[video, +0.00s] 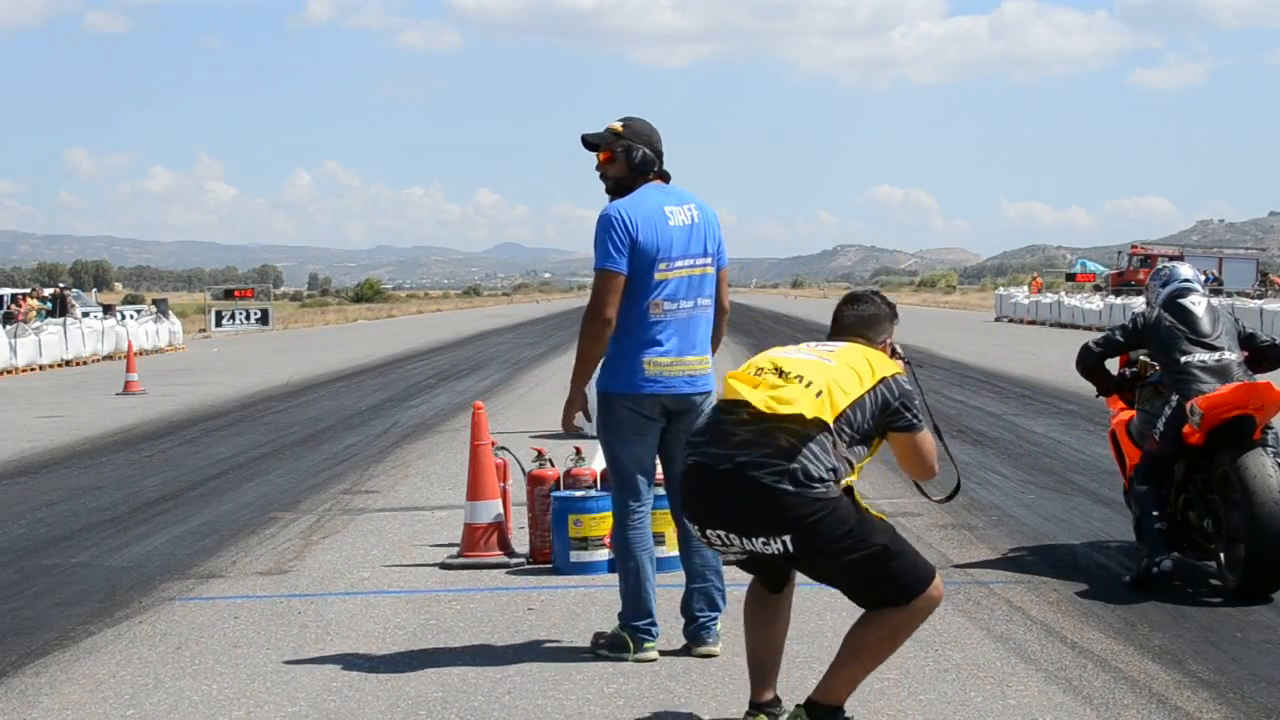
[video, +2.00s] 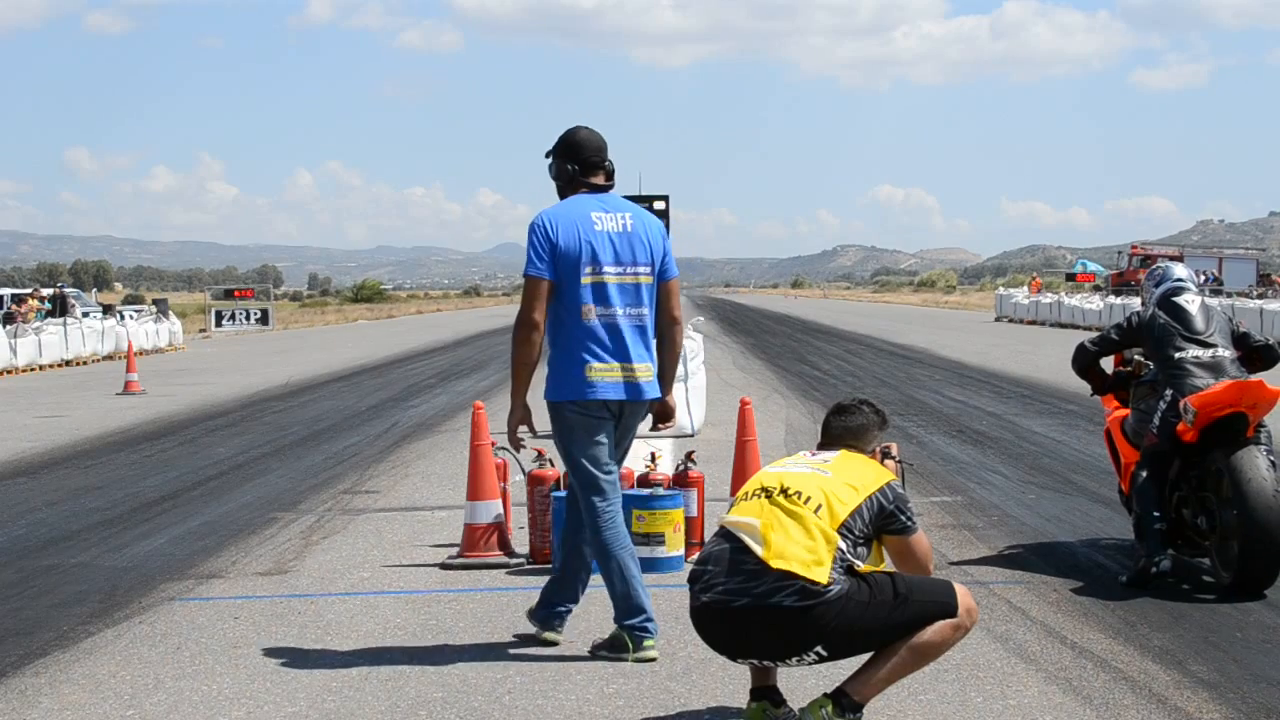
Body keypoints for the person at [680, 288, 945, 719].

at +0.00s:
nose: (892, 343)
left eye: (890, 337)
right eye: (891, 337)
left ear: (832, 333)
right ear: (884, 342)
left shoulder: (788, 352)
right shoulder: (888, 375)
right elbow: (923, 468)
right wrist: (900, 383)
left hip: (700, 483)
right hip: (786, 492)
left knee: (773, 571)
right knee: (921, 592)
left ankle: (762, 703)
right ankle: (822, 708)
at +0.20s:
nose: (896, 388)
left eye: (895, 383)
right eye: (895, 382)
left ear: (835, 377)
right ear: (887, 387)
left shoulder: (795, 395)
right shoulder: (889, 419)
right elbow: (929, 509)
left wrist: (877, 414)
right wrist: (901, 426)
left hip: (702, 527)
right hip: (790, 530)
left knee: (768, 577)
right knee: (941, 598)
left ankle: (759, 701)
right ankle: (828, 709)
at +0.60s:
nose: (900, 438)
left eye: (899, 433)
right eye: (898, 433)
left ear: (834, 428)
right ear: (890, 437)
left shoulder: (797, 449)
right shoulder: (893, 469)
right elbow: (932, 554)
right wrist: (905, 470)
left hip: (712, 591)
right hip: (798, 591)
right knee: (961, 608)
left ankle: (765, 698)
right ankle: (838, 707)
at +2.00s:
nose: (886, 451)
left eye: (884, 446)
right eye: (884, 444)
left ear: (819, 443)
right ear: (873, 449)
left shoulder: (780, 464)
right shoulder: (879, 481)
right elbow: (920, 570)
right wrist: (893, 487)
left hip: (714, 616)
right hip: (802, 618)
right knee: (962, 607)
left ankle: (764, 695)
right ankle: (841, 705)